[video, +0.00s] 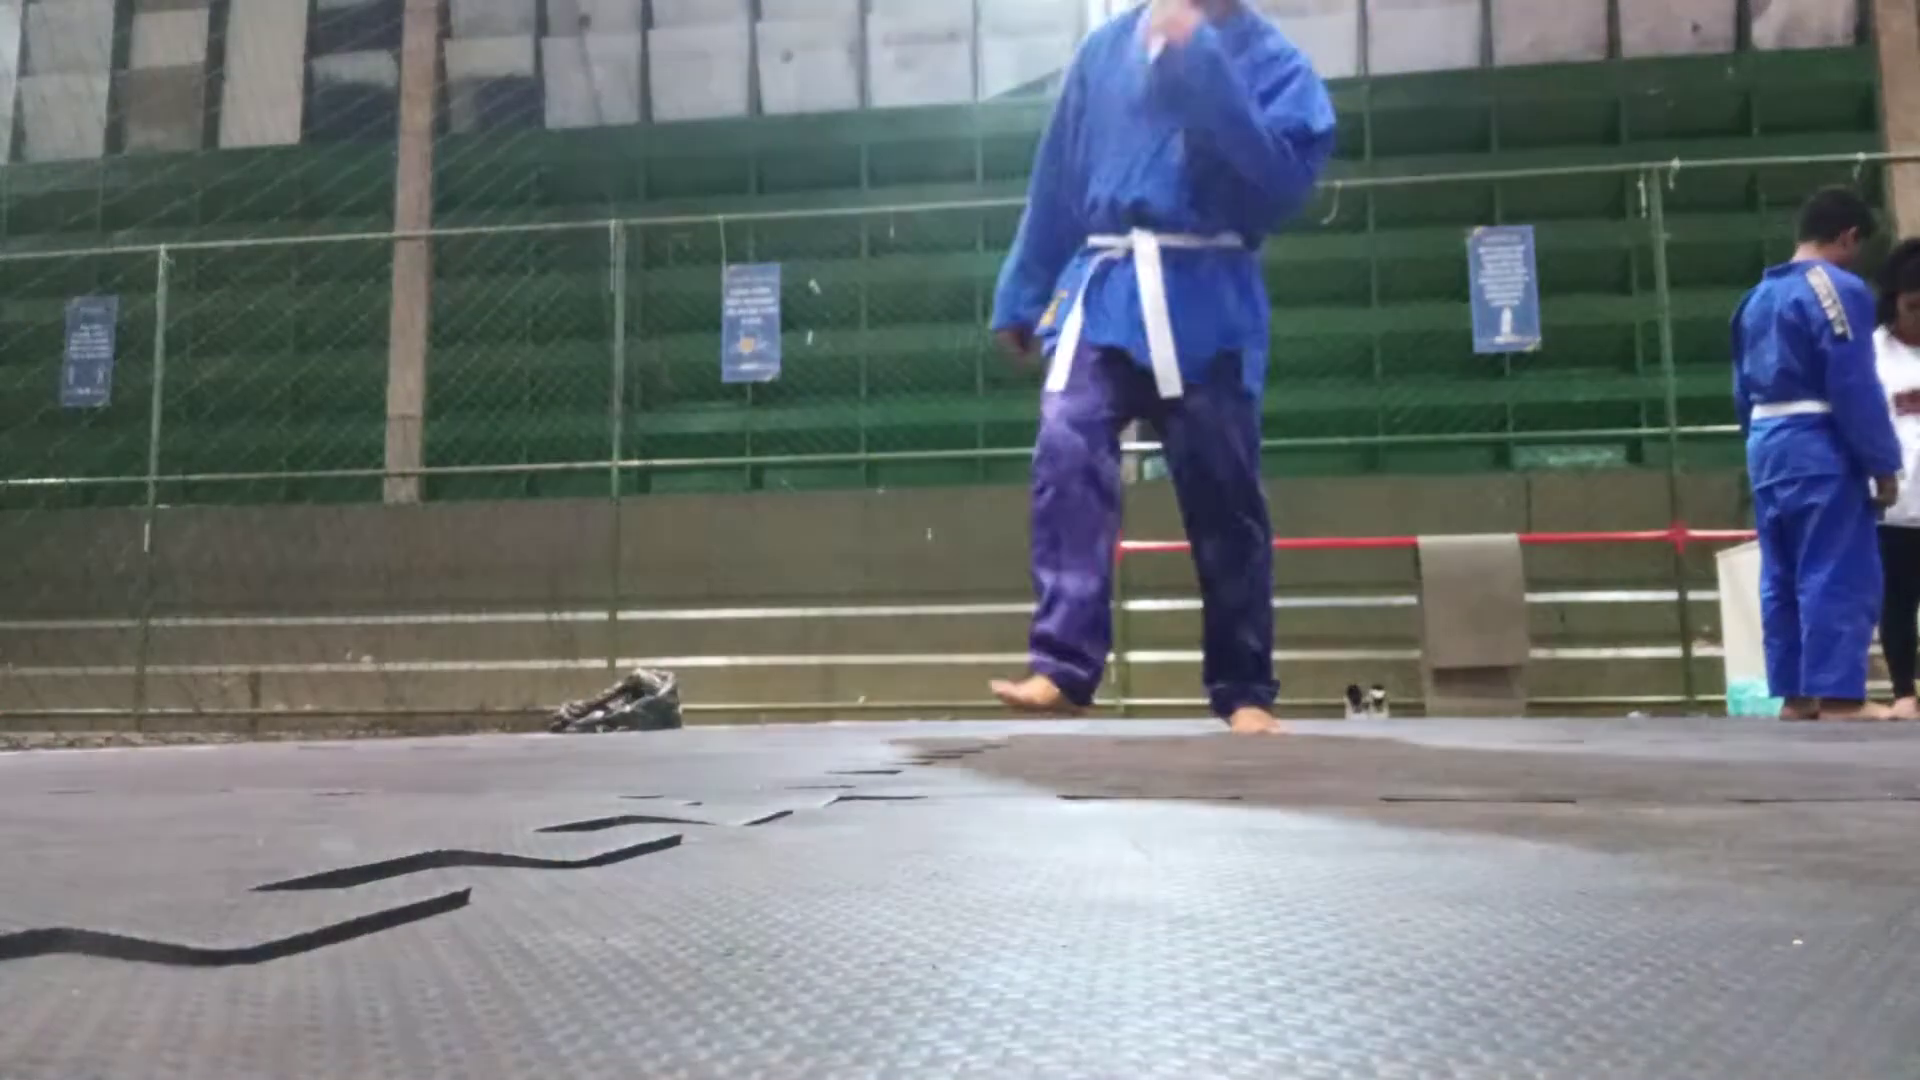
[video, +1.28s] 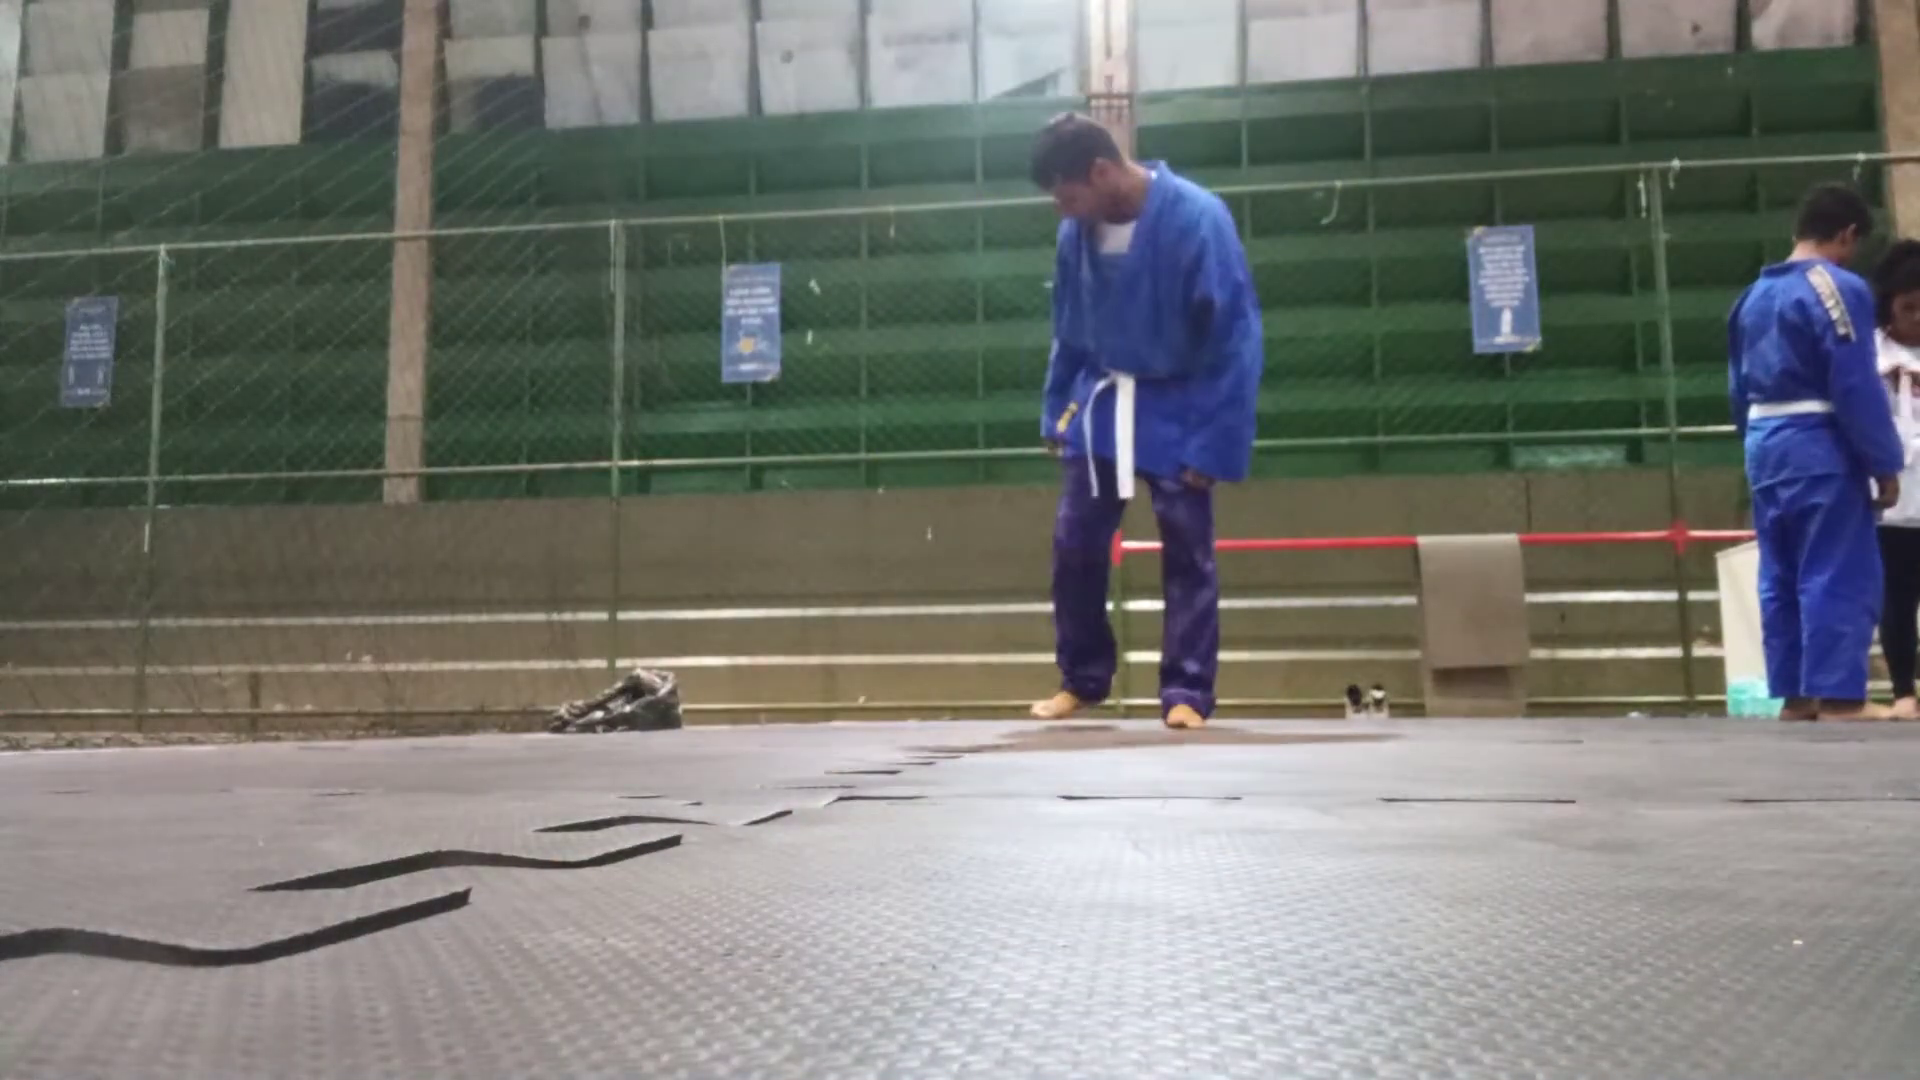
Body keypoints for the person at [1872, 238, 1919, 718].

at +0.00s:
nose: (1917, 315)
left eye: (1919, 305)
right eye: (1911, 305)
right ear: (1893, 305)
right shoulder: (1871, 350)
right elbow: (1854, 408)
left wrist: (1898, 401)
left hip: (1913, 499)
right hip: (1894, 500)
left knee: (1907, 604)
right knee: (1898, 604)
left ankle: (1908, 689)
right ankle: (1904, 690)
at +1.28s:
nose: (1914, 316)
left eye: (1918, 307)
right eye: (1908, 307)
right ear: (1889, 307)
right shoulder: (1870, 351)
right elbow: (1853, 412)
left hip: (1914, 496)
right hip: (1893, 497)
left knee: (1906, 603)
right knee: (1898, 603)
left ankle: (1908, 688)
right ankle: (1904, 689)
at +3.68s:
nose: (1918, 315)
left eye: (1919, 305)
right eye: (1912, 305)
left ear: (1910, 309)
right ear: (1893, 307)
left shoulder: (1890, 359)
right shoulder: (1878, 359)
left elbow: (1871, 419)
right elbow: (1867, 419)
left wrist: (1885, 465)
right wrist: (1883, 467)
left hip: (1913, 504)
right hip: (1896, 505)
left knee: (1905, 607)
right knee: (1899, 606)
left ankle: (1907, 690)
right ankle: (1903, 691)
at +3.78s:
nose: (1918, 313)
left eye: (1918, 302)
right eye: (1912, 301)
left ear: (1908, 306)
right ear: (1895, 304)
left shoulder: (1886, 359)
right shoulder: (1877, 359)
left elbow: (1870, 420)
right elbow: (1867, 419)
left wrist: (1882, 464)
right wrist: (1882, 466)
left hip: (1912, 504)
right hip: (1896, 505)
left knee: (1905, 607)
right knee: (1899, 606)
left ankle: (1907, 690)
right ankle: (1903, 691)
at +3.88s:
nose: (1917, 313)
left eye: (1918, 303)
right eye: (1912, 302)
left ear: (1908, 306)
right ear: (1893, 304)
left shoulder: (1889, 357)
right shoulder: (1877, 356)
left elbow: (1871, 418)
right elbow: (1867, 416)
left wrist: (1881, 464)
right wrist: (1881, 465)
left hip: (1912, 500)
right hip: (1896, 502)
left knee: (1905, 606)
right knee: (1899, 606)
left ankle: (1907, 691)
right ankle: (1903, 691)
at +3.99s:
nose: (1917, 314)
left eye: (1917, 303)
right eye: (1911, 303)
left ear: (1906, 307)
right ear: (1892, 304)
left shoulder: (1890, 356)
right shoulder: (1875, 353)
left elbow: (1869, 414)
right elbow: (1865, 412)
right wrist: (1880, 465)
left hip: (1911, 499)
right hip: (1896, 500)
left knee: (1906, 605)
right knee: (1899, 605)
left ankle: (1908, 690)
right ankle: (1903, 691)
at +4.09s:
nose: (1917, 315)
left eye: (1919, 305)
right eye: (1911, 304)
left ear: (1915, 309)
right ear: (1891, 305)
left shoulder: (1892, 356)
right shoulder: (1874, 352)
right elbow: (1856, 408)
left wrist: (1887, 400)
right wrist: (1887, 401)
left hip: (1913, 498)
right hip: (1896, 498)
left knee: (1906, 604)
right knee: (1899, 604)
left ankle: (1908, 690)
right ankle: (1904, 691)